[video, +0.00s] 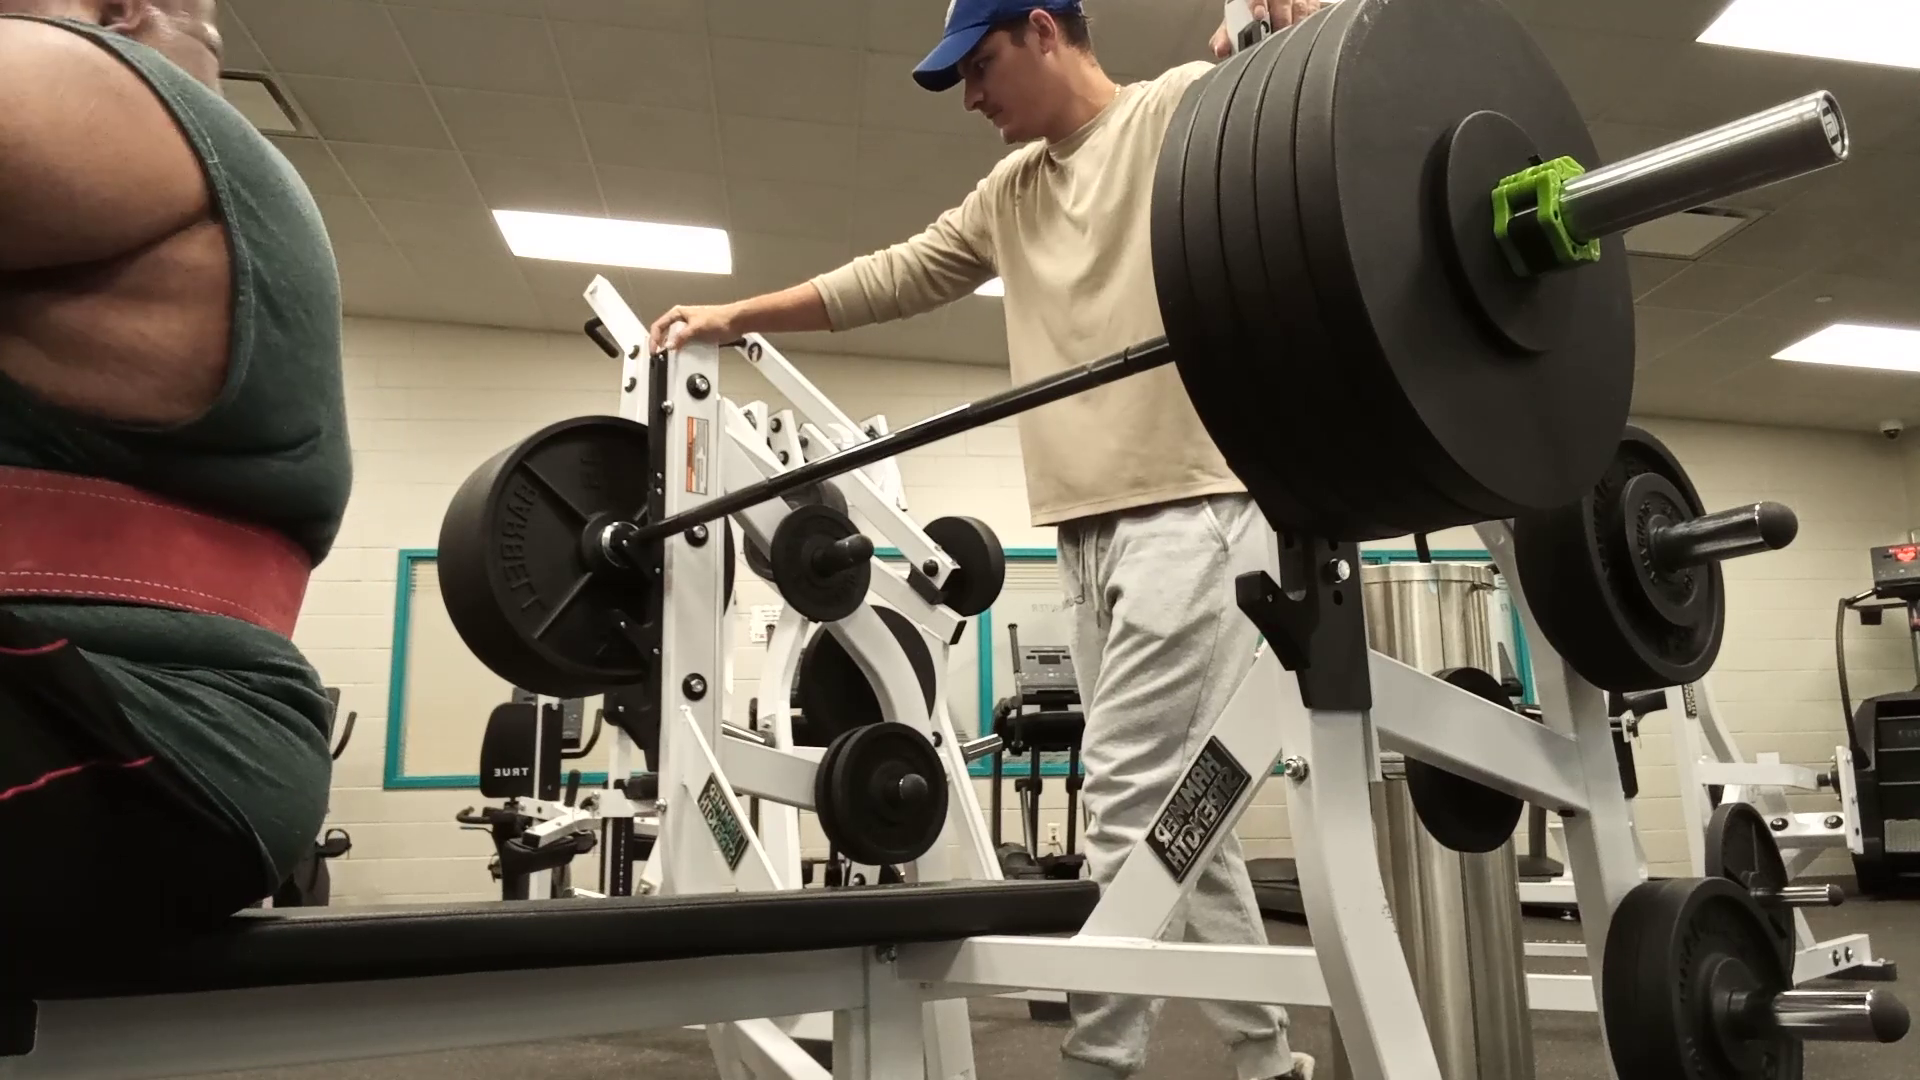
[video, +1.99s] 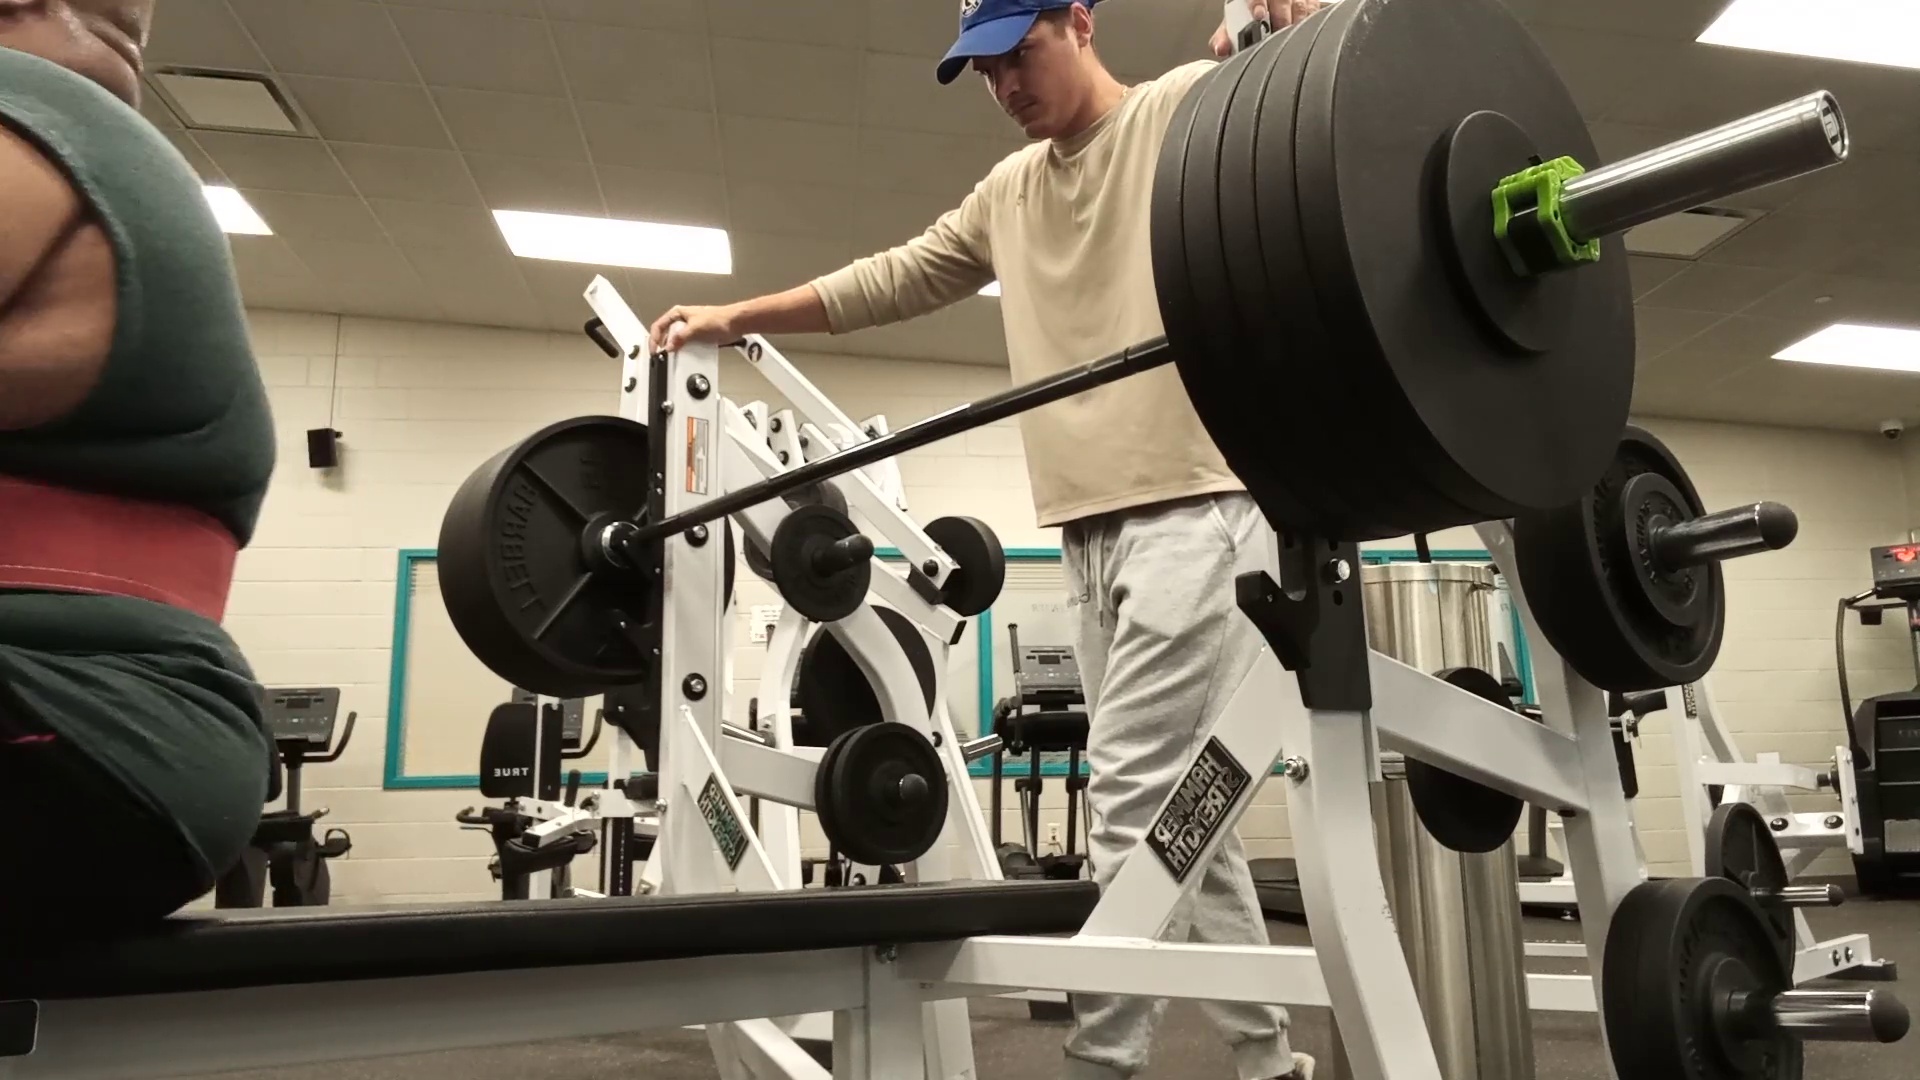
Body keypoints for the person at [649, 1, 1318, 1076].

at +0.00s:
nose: (973, 94)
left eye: (980, 67)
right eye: (964, 80)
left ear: (1046, 30)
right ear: (1027, 48)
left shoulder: (1179, 99)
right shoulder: (1007, 191)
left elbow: (1314, 111)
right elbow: (899, 274)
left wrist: (1292, 37)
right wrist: (736, 313)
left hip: (1197, 511)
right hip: (1087, 533)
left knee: (1123, 791)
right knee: (1172, 804)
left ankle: (1101, 1063)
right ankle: (1265, 1060)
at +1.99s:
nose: (1001, 87)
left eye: (1014, 58)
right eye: (987, 72)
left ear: (1080, 25)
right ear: (986, 78)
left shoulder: (1187, 101)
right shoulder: (1006, 192)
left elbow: (1316, 102)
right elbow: (890, 279)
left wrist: (1291, 34)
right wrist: (734, 314)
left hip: (1201, 508)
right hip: (1090, 530)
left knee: (1128, 793)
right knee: (1175, 804)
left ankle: (1103, 1061)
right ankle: (1264, 1056)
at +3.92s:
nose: (974, 114)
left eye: (983, 88)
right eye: (967, 94)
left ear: (1052, 48)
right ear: (1026, 65)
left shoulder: (1185, 102)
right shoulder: (1005, 195)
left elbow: (1318, 104)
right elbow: (895, 280)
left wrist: (1292, 36)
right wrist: (734, 314)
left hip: (1201, 511)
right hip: (1091, 534)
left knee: (1130, 795)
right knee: (1175, 804)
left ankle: (1100, 1064)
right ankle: (1265, 1060)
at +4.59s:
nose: (973, 113)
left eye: (983, 86)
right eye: (966, 93)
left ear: (1052, 47)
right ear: (1022, 65)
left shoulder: (1185, 103)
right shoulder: (1005, 195)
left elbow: (1317, 112)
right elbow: (895, 280)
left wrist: (1288, 38)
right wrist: (735, 314)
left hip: (1201, 511)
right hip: (1091, 534)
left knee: (1129, 794)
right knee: (1174, 806)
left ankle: (1102, 1061)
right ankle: (1265, 1057)